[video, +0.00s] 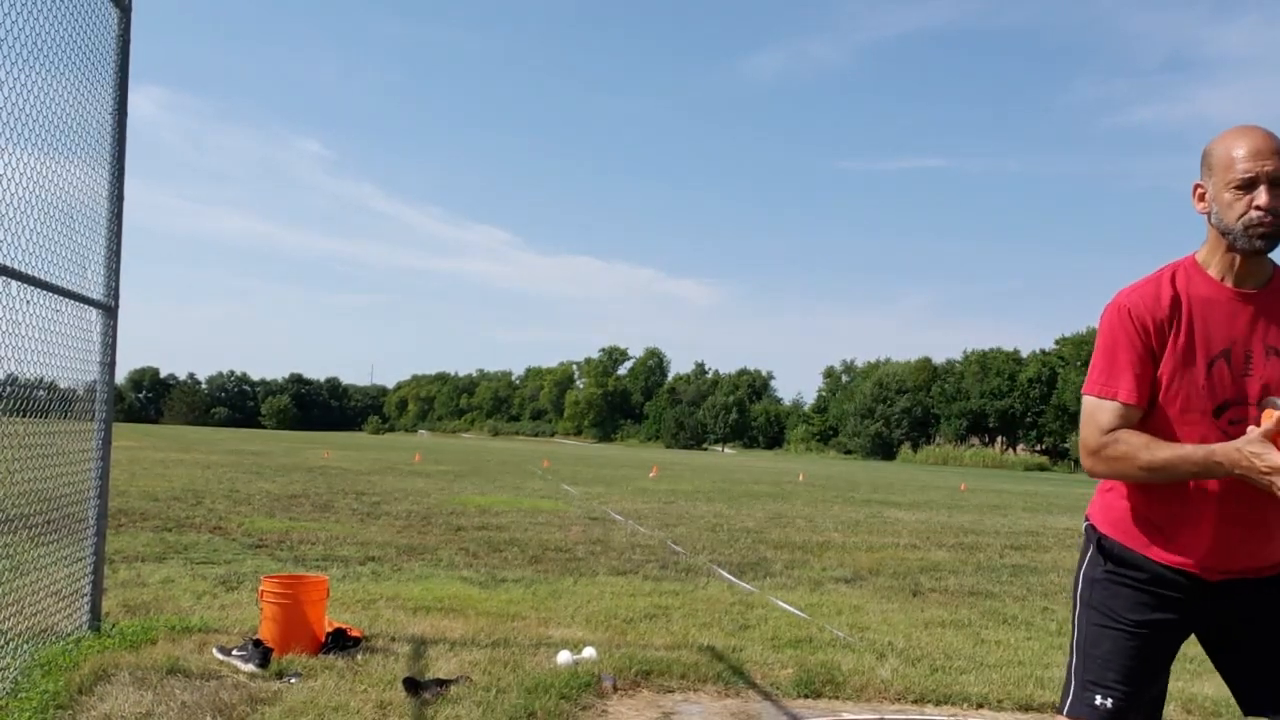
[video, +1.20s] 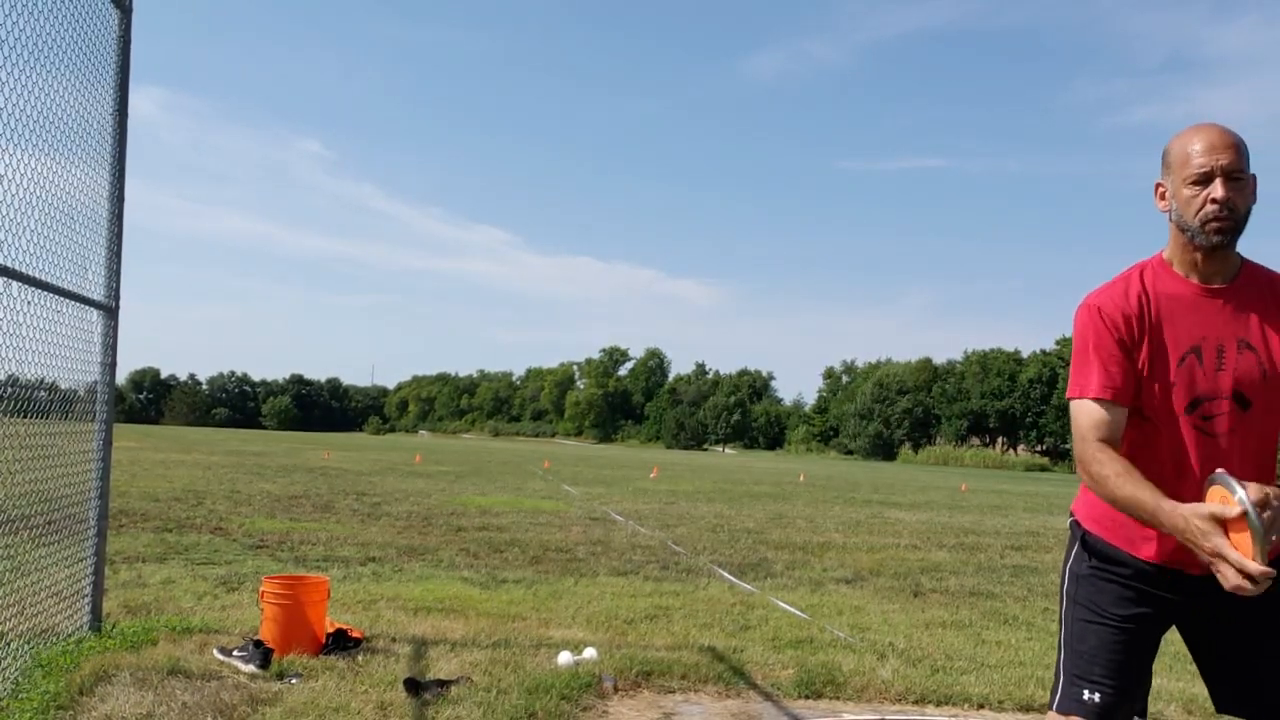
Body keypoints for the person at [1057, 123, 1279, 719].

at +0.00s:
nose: (1266, 201)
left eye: (1276, 184)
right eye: (1246, 185)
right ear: (1204, 199)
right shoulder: (1142, 309)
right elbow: (1098, 447)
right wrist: (1228, 459)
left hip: (1260, 577)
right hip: (1138, 569)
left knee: (1277, 705)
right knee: (1101, 712)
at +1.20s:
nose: (1220, 193)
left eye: (1233, 177)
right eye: (1201, 179)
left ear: (1253, 190)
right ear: (1164, 197)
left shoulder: (1276, 301)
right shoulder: (1114, 309)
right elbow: (1092, 452)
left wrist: (1275, 498)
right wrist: (1176, 520)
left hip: (1247, 570)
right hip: (1120, 563)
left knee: (1268, 705)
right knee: (1086, 711)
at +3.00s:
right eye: (1278, 242)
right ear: (1243, 226)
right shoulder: (1179, 324)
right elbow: (1057, 435)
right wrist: (1155, 535)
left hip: (1254, 575)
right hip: (1134, 567)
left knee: (1275, 706)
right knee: (1101, 713)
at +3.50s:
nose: (1266, 261)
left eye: (1278, 243)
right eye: (1249, 242)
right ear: (1205, 222)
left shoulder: (1278, 317)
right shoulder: (1130, 324)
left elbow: (1275, 428)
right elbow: (1085, 466)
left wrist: (1275, 458)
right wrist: (1214, 481)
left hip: (1251, 563)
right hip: (1126, 557)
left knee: (1279, 703)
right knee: (1088, 713)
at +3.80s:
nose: (1269, 263)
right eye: (1253, 243)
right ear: (1210, 225)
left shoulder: (1278, 321)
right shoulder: (1139, 330)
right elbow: (1104, 477)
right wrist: (1233, 475)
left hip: (1253, 573)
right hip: (1129, 566)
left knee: (1279, 703)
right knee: (1093, 713)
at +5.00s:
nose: (1248, 247)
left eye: (1261, 229)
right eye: (1228, 228)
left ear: (1276, 230)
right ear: (1183, 226)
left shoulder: (1277, 330)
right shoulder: (1115, 339)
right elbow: (1055, 452)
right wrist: (989, 534)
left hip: (1245, 570)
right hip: (1122, 563)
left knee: (1260, 707)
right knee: (1096, 709)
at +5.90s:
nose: (1207, 247)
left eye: (1223, 229)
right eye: (1189, 229)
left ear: (1240, 226)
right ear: (1149, 225)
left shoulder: (1269, 330)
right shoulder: (1095, 332)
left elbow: (1275, 475)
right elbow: (1075, 453)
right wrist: (1082, 531)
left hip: (1229, 573)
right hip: (1110, 564)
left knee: (1261, 705)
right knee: (1087, 709)